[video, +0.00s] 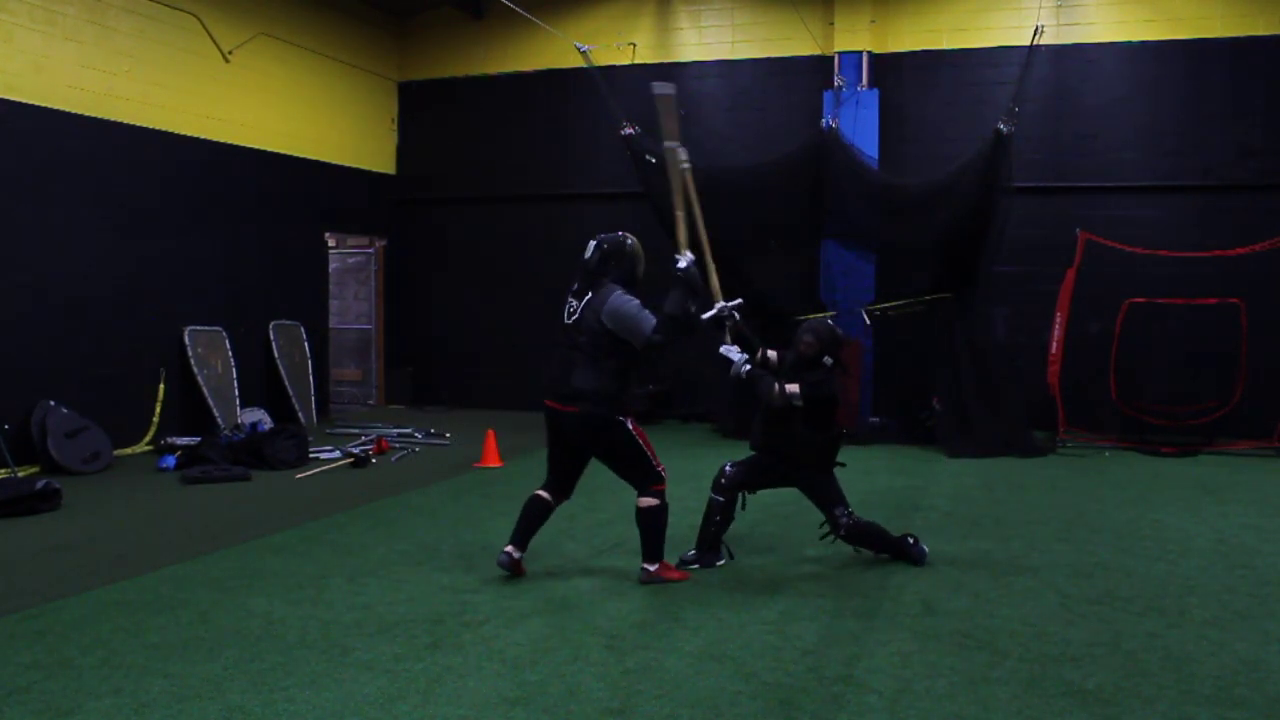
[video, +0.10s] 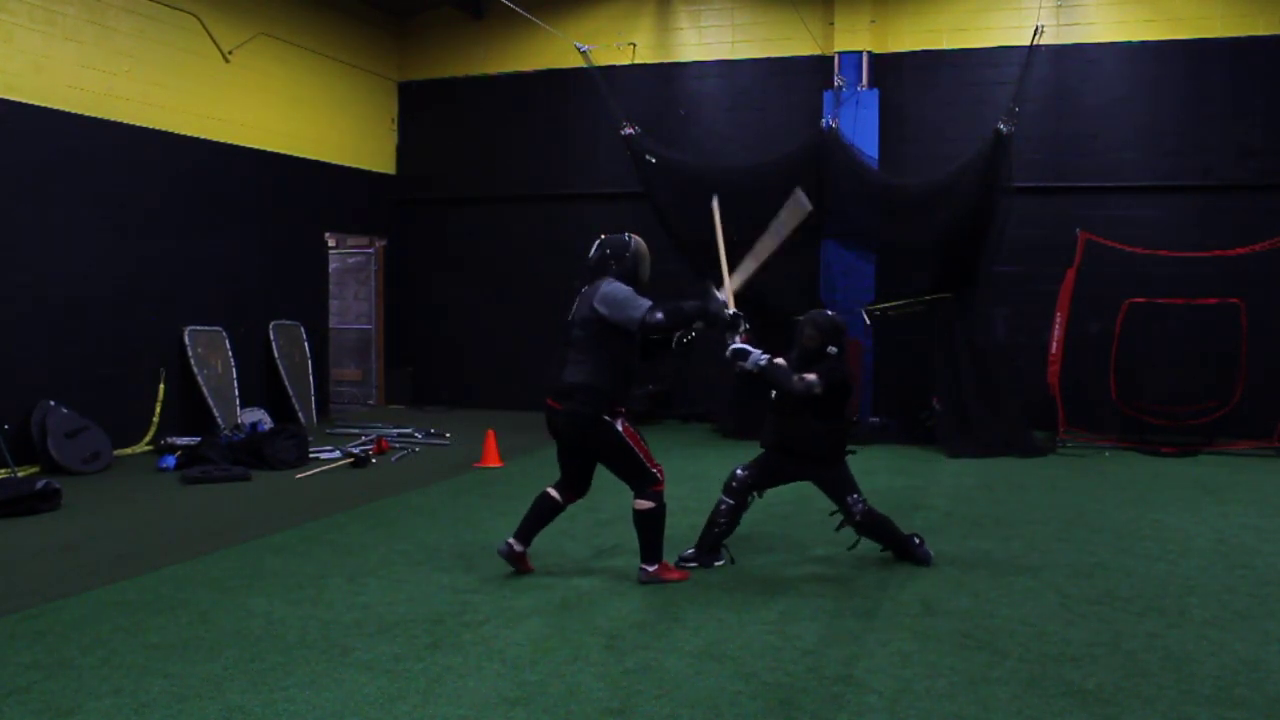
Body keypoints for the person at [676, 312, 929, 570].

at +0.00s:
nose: (802, 346)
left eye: (809, 343)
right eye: (801, 340)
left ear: (823, 349)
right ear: (799, 340)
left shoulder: (826, 381)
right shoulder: (793, 363)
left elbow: (778, 395)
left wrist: (745, 370)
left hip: (812, 466)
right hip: (777, 459)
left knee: (847, 527)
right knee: (727, 477)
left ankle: (903, 548)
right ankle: (708, 550)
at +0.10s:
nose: (803, 337)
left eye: (810, 333)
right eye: (803, 331)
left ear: (827, 341)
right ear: (803, 336)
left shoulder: (835, 370)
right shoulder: (797, 359)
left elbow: (801, 386)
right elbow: (770, 370)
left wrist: (763, 363)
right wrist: (742, 349)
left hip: (824, 458)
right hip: (785, 454)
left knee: (859, 515)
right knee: (739, 481)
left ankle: (906, 546)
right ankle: (707, 549)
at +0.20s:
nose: (805, 336)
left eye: (812, 330)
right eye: (804, 330)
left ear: (830, 330)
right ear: (805, 329)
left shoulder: (853, 353)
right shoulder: (803, 351)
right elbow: (767, 361)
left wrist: (797, 357)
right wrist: (744, 342)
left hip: (842, 445)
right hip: (806, 444)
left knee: (878, 506)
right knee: (757, 481)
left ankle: (919, 546)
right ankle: (714, 543)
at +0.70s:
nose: (798, 304)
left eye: (805, 298)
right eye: (794, 298)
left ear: (818, 300)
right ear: (788, 298)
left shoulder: (830, 327)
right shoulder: (780, 329)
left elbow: (838, 362)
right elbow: (766, 362)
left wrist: (805, 363)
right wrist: (753, 346)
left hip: (828, 422)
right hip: (789, 422)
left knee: (858, 475)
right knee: (758, 470)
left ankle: (881, 535)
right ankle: (757, 536)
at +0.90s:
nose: (812, 295)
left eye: (819, 290)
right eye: (809, 289)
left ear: (832, 293)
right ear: (803, 290)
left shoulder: (846, 325)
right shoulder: (795, 323)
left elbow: (860, 373)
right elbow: (784, 363)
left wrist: (834, 390)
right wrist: (770, 366)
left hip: (836, 413)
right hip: (798, 412)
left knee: (852, 476)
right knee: (772, 468)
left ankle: (876, 531)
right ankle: (758, 535)